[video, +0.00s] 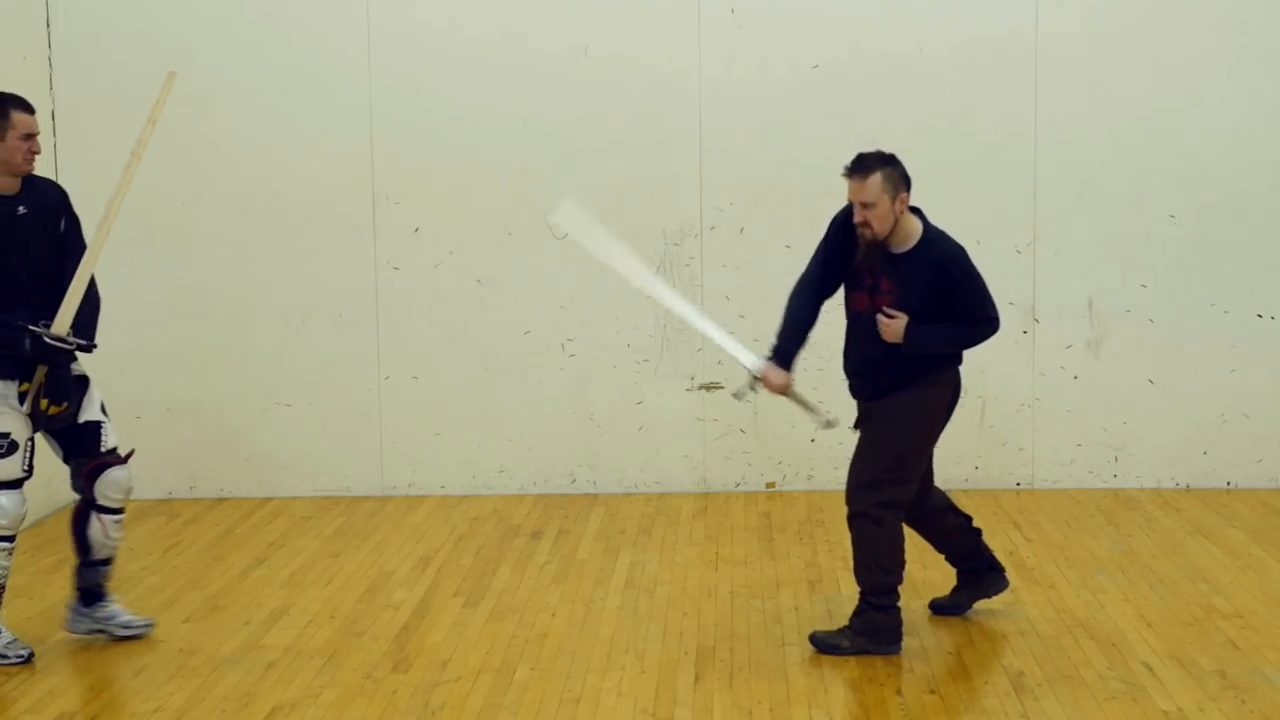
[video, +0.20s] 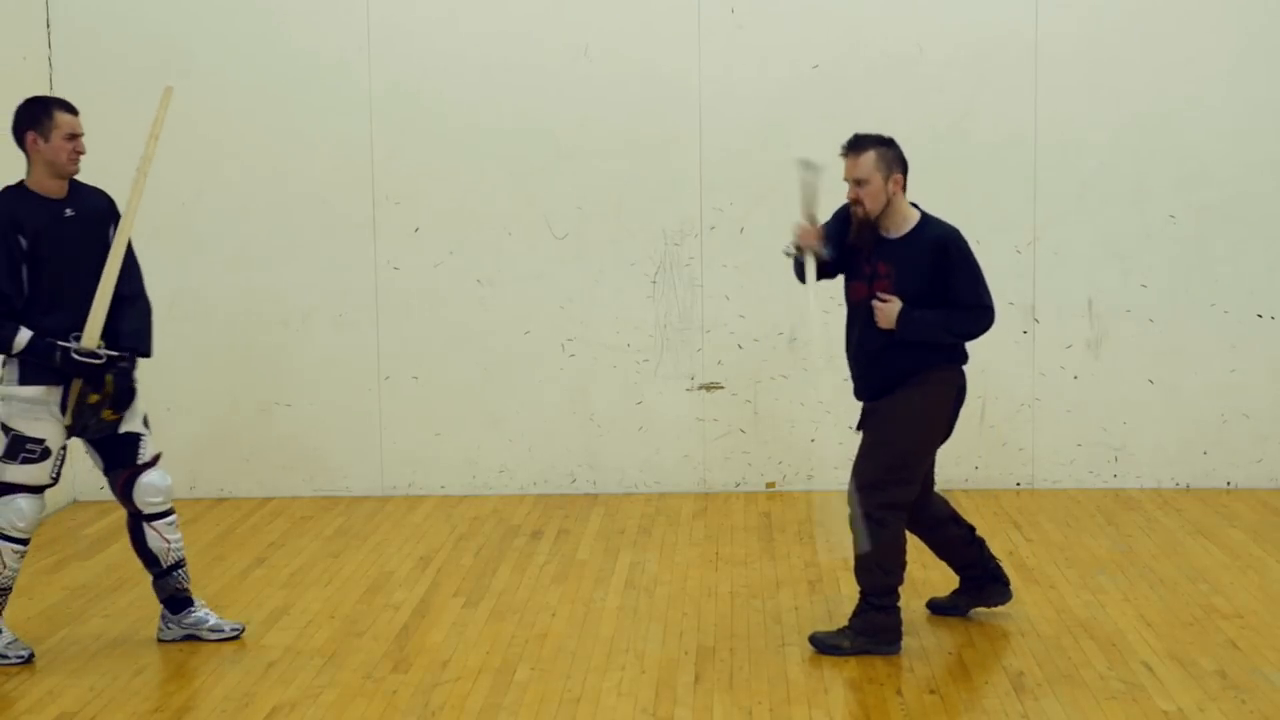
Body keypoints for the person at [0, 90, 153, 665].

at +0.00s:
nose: (35, 147)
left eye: (36, 138)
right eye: (24, 138)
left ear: (34, 142)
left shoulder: (48, 197)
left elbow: (81, 284)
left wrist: (66, 356)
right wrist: (29, 348)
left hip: (53, 365)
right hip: (3, 375)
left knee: (106, 479)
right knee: (7, 504)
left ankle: (90, 604)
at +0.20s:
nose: (80, 148)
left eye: (81, 138)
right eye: (69, 138)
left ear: (76, 143)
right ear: (32, 142)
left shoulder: (98, 206)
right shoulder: (6, 212)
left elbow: (130, 289)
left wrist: (124, 357)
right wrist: (48, 350)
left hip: (101, 375)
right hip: (28, 381)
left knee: (148, 488)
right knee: (19, 508)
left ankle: (179, 611)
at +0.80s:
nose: (108, 145)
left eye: (109, 135)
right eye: (99, 135)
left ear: (85, 138)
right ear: (63, 135)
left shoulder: (107, 207)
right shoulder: (22, 209)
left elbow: (135, 293)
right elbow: (4, 309)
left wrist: (199, 315)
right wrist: (48, 337)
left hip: (120, 373)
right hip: (53, 379)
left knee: (159, 487)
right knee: (37, 502)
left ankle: (180, 611)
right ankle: (16, 622)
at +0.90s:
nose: (107, 145)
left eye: (108, 135)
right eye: (98, 135)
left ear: (79, 137)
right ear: (61, 136)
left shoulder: (105, 206)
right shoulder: (19, 210)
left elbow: (135, 288)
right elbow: (4, 309)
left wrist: (203, 304)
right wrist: (43, 335)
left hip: (119, 372)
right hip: (53, 378)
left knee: (156, 488)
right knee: (38, 502)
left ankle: (180, 611)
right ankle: (16, 622)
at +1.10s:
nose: (115, 145)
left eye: (115, 135)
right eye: (106, 136)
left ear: (87, 138)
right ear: (71, 137)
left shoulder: (111, 205)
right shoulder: (29, 211)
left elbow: (137, 287)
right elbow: (10, 310)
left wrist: (204, 311)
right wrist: (62, 338)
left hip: (126, 369)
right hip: (59, 376)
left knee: (174, 484)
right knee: (41, 500)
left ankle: (180, 610)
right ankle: (16, 622)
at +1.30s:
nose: (160, 151)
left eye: (160, 142)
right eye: (151, 142)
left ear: (129, 145)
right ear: (116, 144)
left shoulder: (149, 211)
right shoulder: (87, 217)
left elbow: (166, 293)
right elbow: (104, 320)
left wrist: (220, 317)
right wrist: (188, 327)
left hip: (158, 375)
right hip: (101, 386)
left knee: (213, 485)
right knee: (76, 500)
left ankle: (198, 614)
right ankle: (20, 621)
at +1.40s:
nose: (199, 152)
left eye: (198, 141)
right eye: (190, 141)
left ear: (159, 145)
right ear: (156, 144)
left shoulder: (162, 206)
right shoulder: (151, 208)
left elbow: (179, 303)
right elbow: (178, 306)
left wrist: (235, 324)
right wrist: (241, 321)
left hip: (194, 381)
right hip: (154, 387)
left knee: (232, 488)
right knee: (151, 508)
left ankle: (200, 615)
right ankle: (49, 603)